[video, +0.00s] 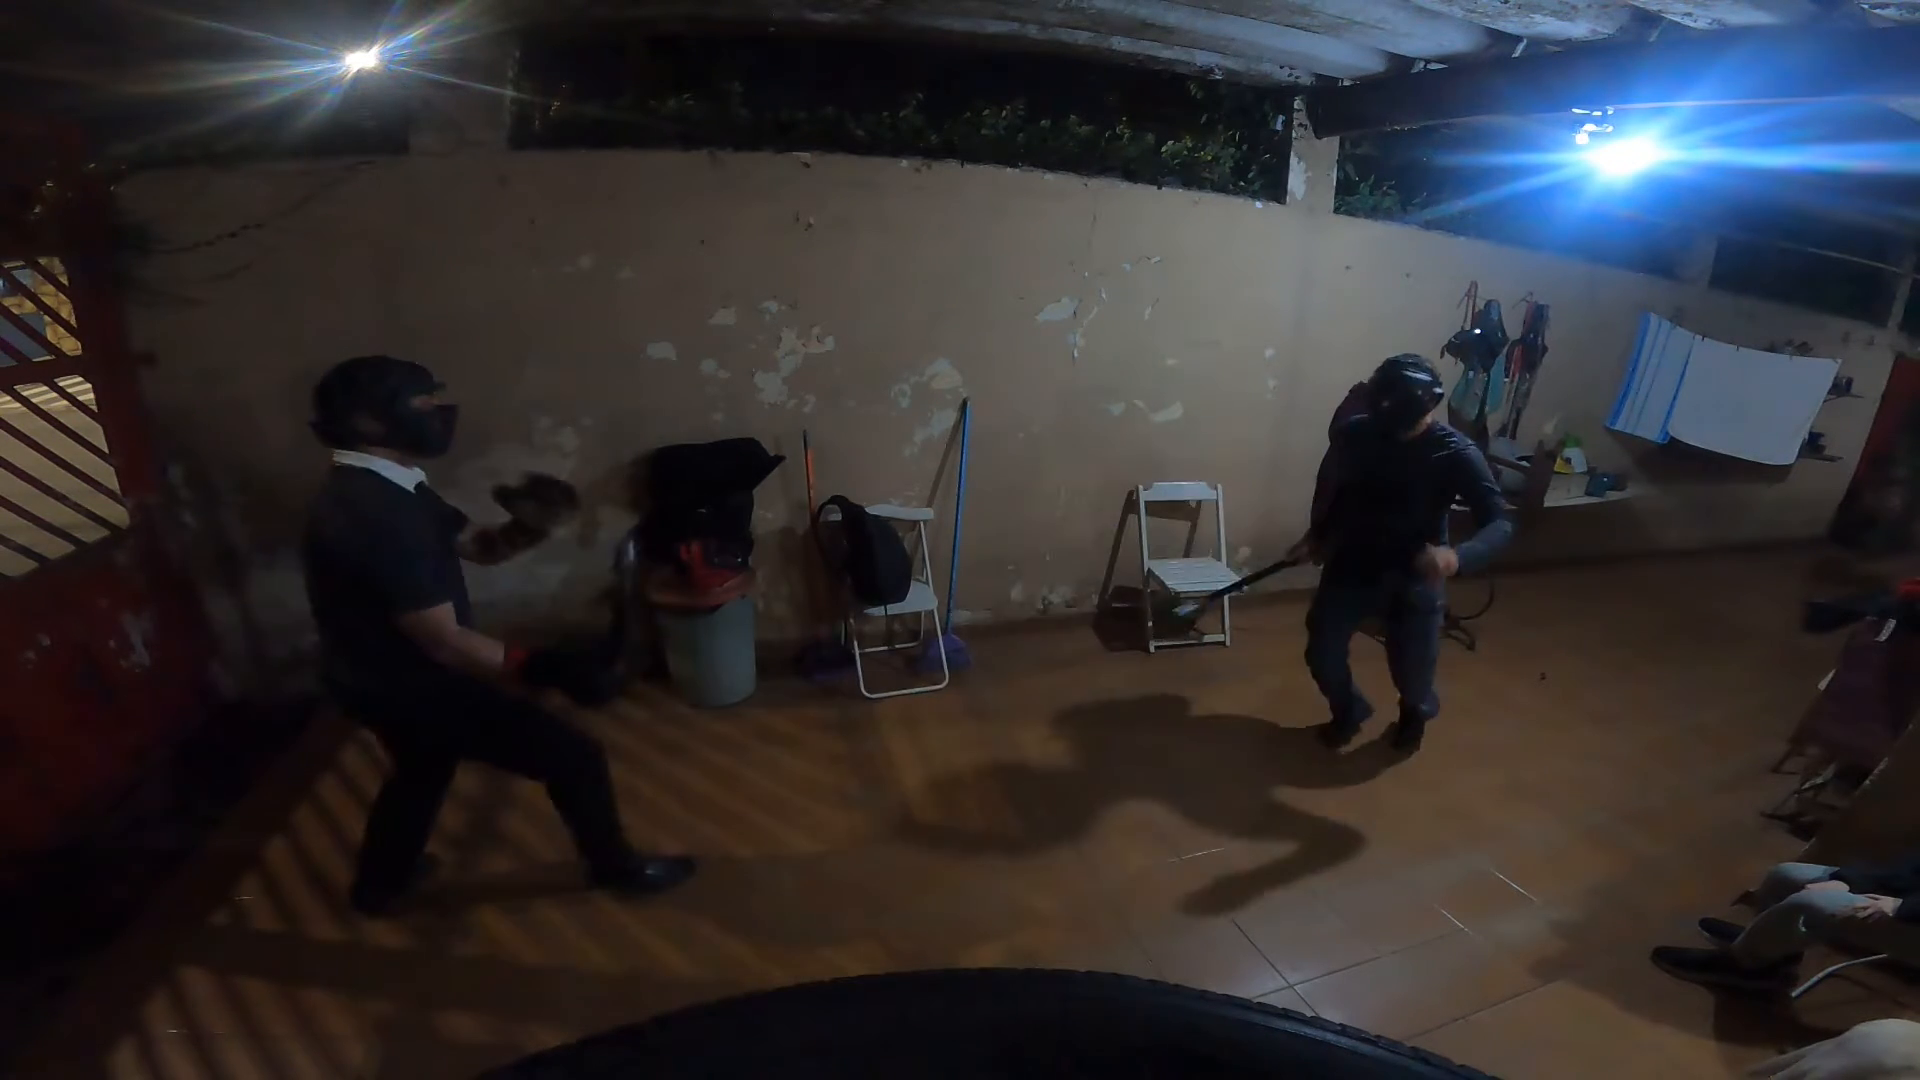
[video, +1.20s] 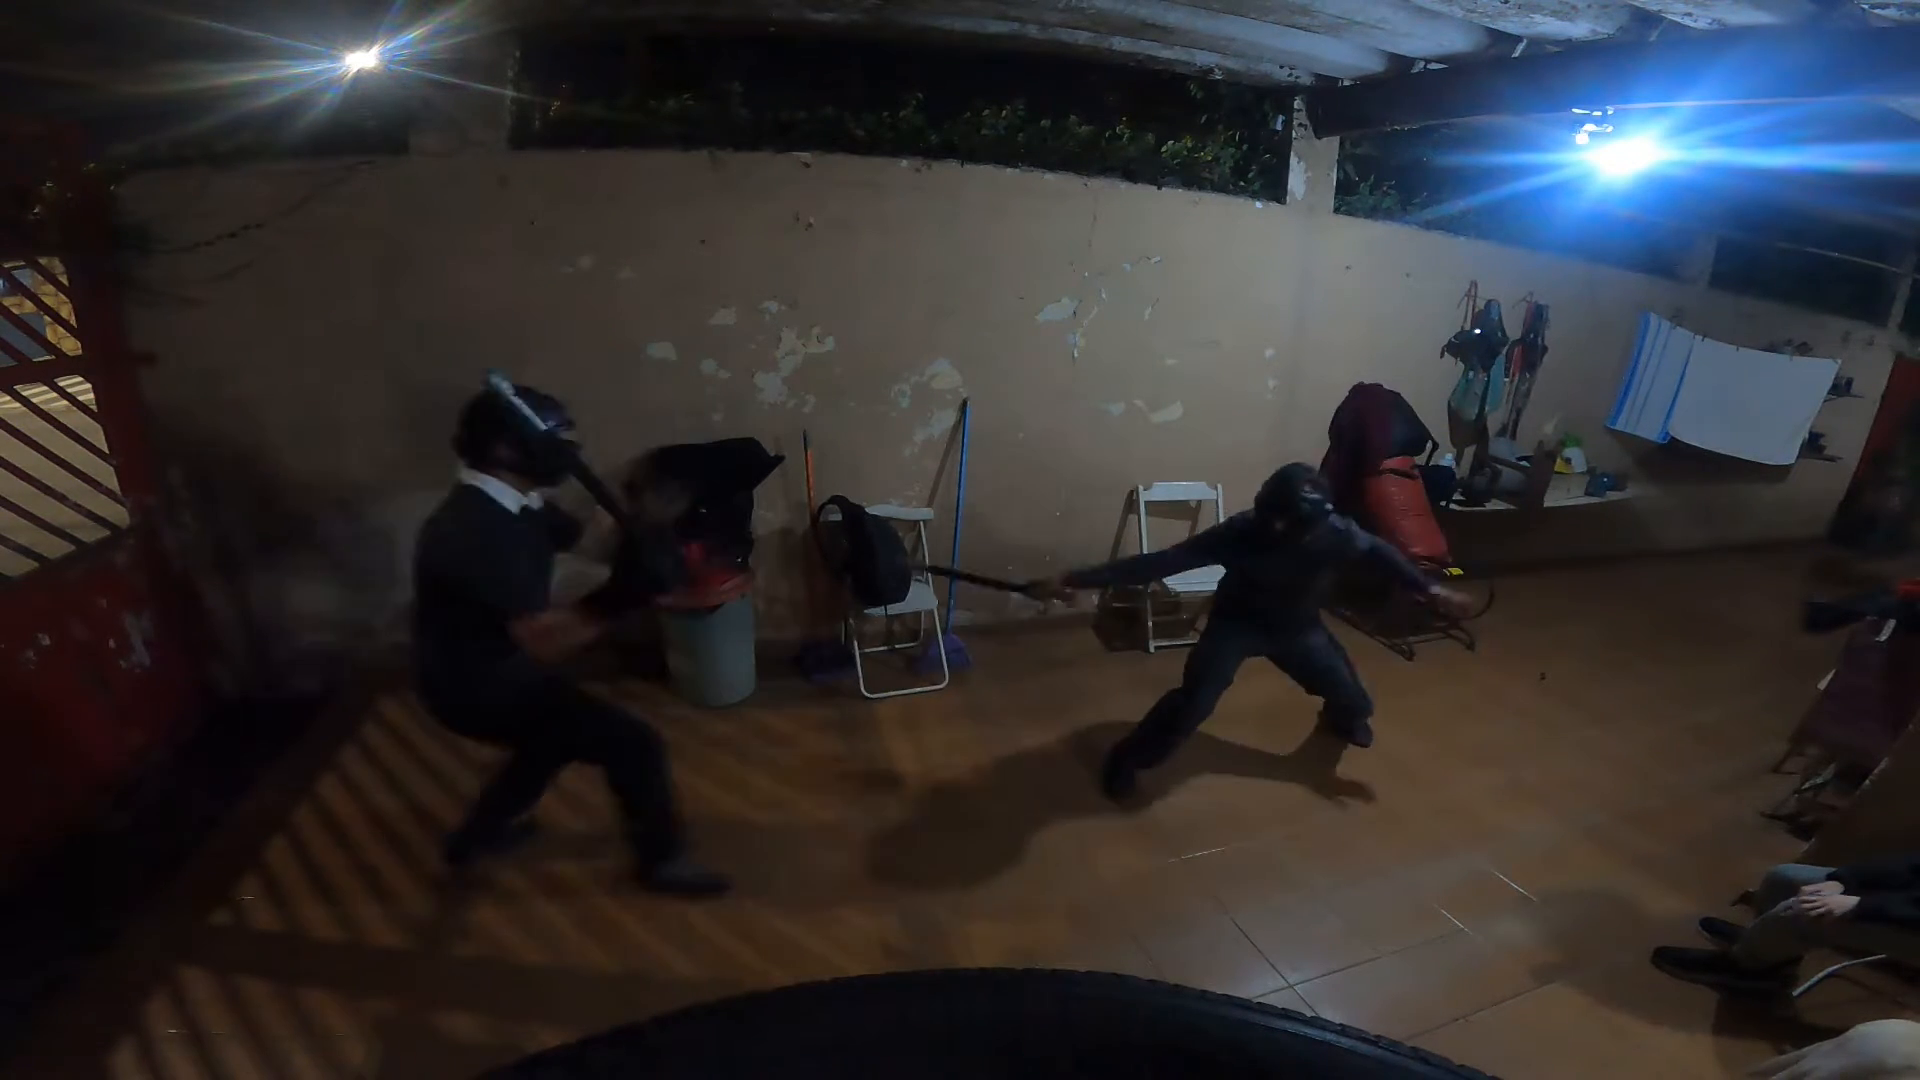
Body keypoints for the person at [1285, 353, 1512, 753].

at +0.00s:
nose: (1393, 424)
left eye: (1404, 416)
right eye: (1387, 413)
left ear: (1427, 410)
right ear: (1377, 402)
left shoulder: (1454, 453)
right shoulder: (1354, 435)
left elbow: (1500, 525)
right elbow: (1331, 493)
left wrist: (1458, 556)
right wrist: (1316, 537)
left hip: (1414, 571)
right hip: (1353, 560)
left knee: (1411, 671)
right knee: (1322, 655)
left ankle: (1414, 714)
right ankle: (1348, 711)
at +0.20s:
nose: (1410, 444)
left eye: (1419, 436)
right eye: (1403, 432)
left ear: (1445, 426)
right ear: (1394, 423)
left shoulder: (1475, 469)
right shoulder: (1375, 451)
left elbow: (1515, 537)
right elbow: (1344, 510)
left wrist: (1463, 541)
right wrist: (1315, 538)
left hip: (1427, 578)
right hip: (1362, 566)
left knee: (1418, 663)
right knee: (1304, 645)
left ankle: (1414, 720)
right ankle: (1301, 700)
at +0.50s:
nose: (1381, 432)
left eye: (1392, 425)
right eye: (1376, 420)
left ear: (1417, 415)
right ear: (1368, 409)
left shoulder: (1447, 462)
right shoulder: (1342, 440)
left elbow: (1475, 516)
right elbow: (1311, 488)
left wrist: (1472, 571)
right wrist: (1273, 533)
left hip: (1397, 574)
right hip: (1331, 562)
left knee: (1390, 671)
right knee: (1293, 634)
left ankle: (1379, 713)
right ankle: (1264, 712)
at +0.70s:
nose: (1362, 436)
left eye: (1373, 429)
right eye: (1360, 424)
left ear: (1402, 426)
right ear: (1356, 419)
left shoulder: (1431, 471)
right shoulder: (1330, 450)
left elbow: (1464, 533)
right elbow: (1301, 499)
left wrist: (1468, 577)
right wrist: (1265, 544)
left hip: (1376, 582)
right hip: (1313, 564)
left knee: (1368, 675)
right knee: (1257, 643)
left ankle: (1341, 708)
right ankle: (1236, 703)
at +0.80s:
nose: (1350, 446)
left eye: (1360, 439)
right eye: (1346, 436)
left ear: (1386, 432)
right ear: (1338, 430)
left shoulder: (1420, 482)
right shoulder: (1317, 460)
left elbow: (1438, 541)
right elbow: (1283, 510)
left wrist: (1442, 582)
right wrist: (1257, 558)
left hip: (1361, 589)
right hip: (1301, 572)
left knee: (1361, 682)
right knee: (1240, 645)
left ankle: (1340, 713)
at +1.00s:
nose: (1306, 504)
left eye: (1313, 495)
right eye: (1296, 494)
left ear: (1330, 487)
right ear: (1283, 482)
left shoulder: (1350, 520)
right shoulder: (1256, 504)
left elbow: (1357, 584)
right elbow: (1182, 548)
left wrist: (1313, 604)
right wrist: (1199, 592)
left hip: (1316, 616)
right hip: (1250, 609)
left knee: (1356, 698)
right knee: (1200, 687)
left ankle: (1348, 720)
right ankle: (1127, 760)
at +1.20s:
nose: (1311, 528)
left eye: (1317, 520)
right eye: (1303, 519)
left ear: (1323, 515)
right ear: (1278, 515)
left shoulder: (1334, 532)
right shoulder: (1240, 535)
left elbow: (1380, 555)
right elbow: (1163, 563)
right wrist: (1081, 580)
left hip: (1299, 626)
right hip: (1235, 626)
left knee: (1351, 694)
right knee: (1196, 703)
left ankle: (1347, 720)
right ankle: (1126, 764)